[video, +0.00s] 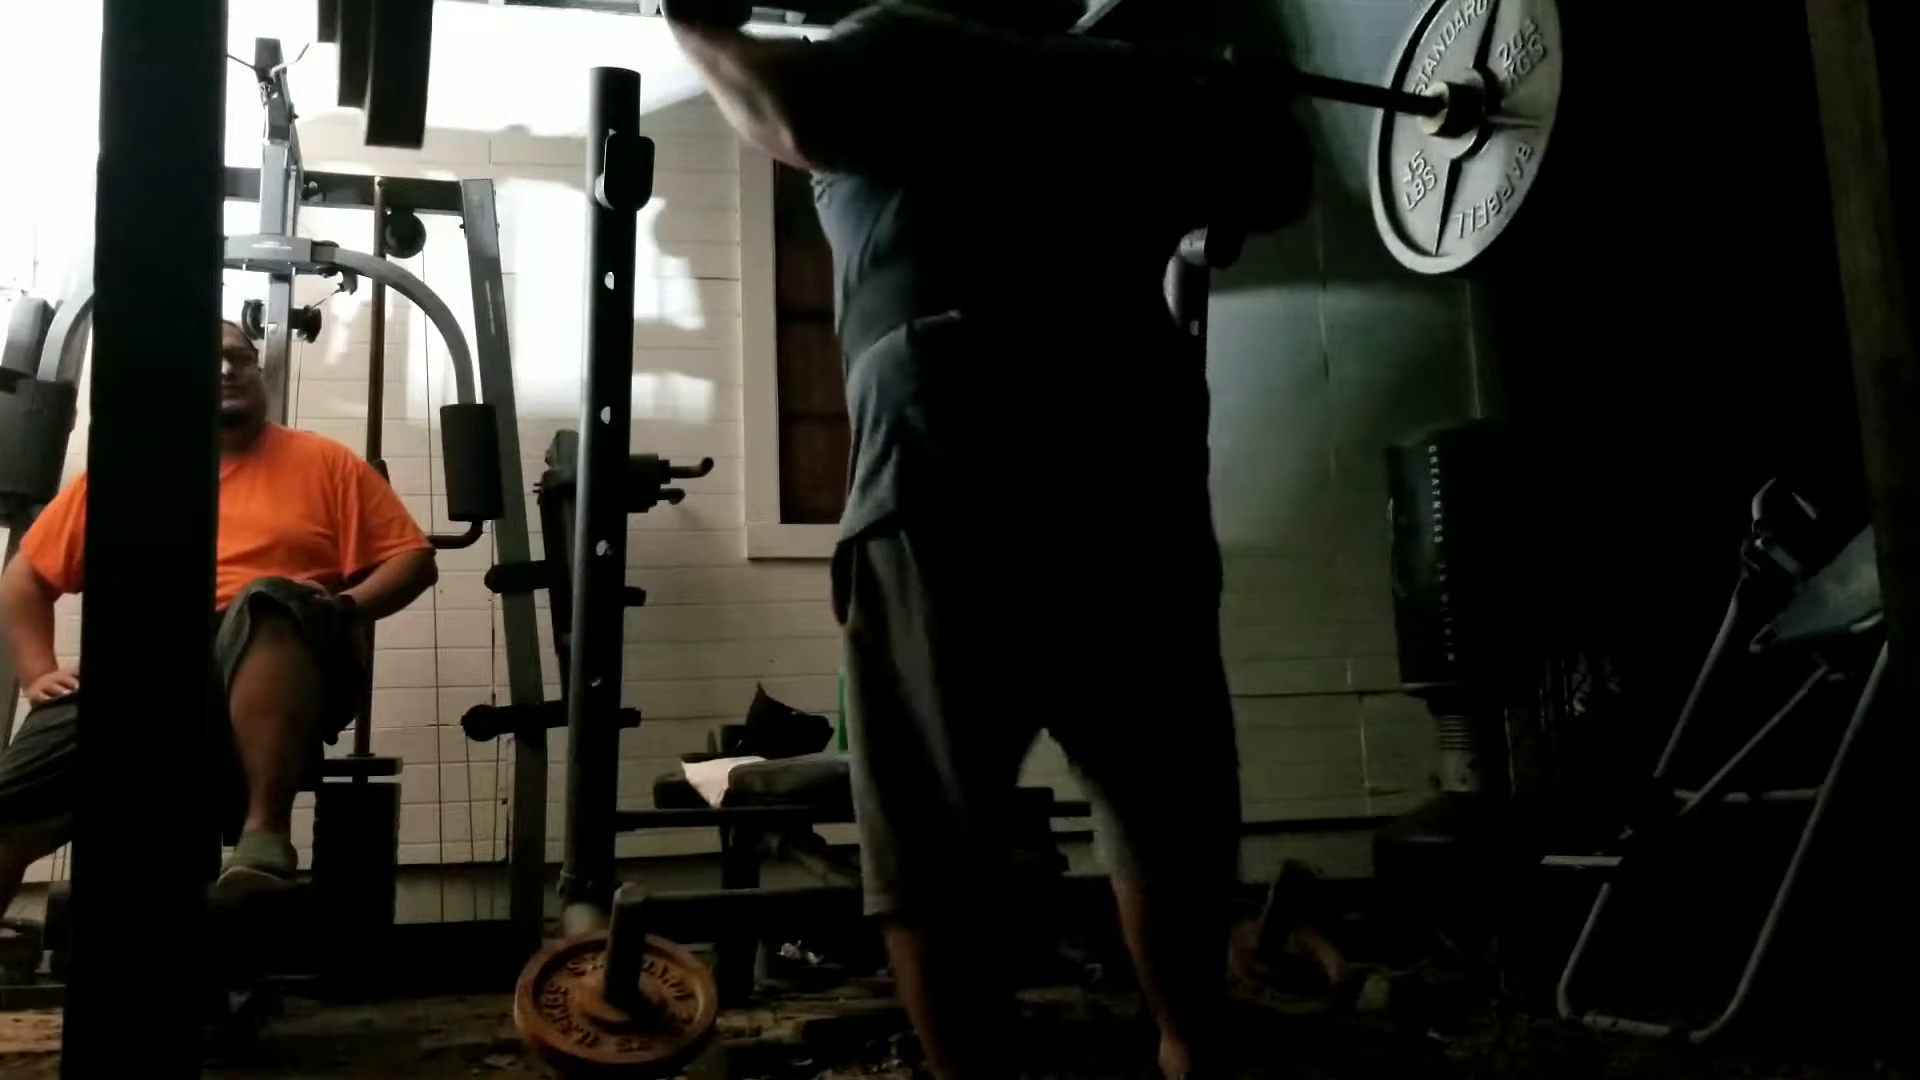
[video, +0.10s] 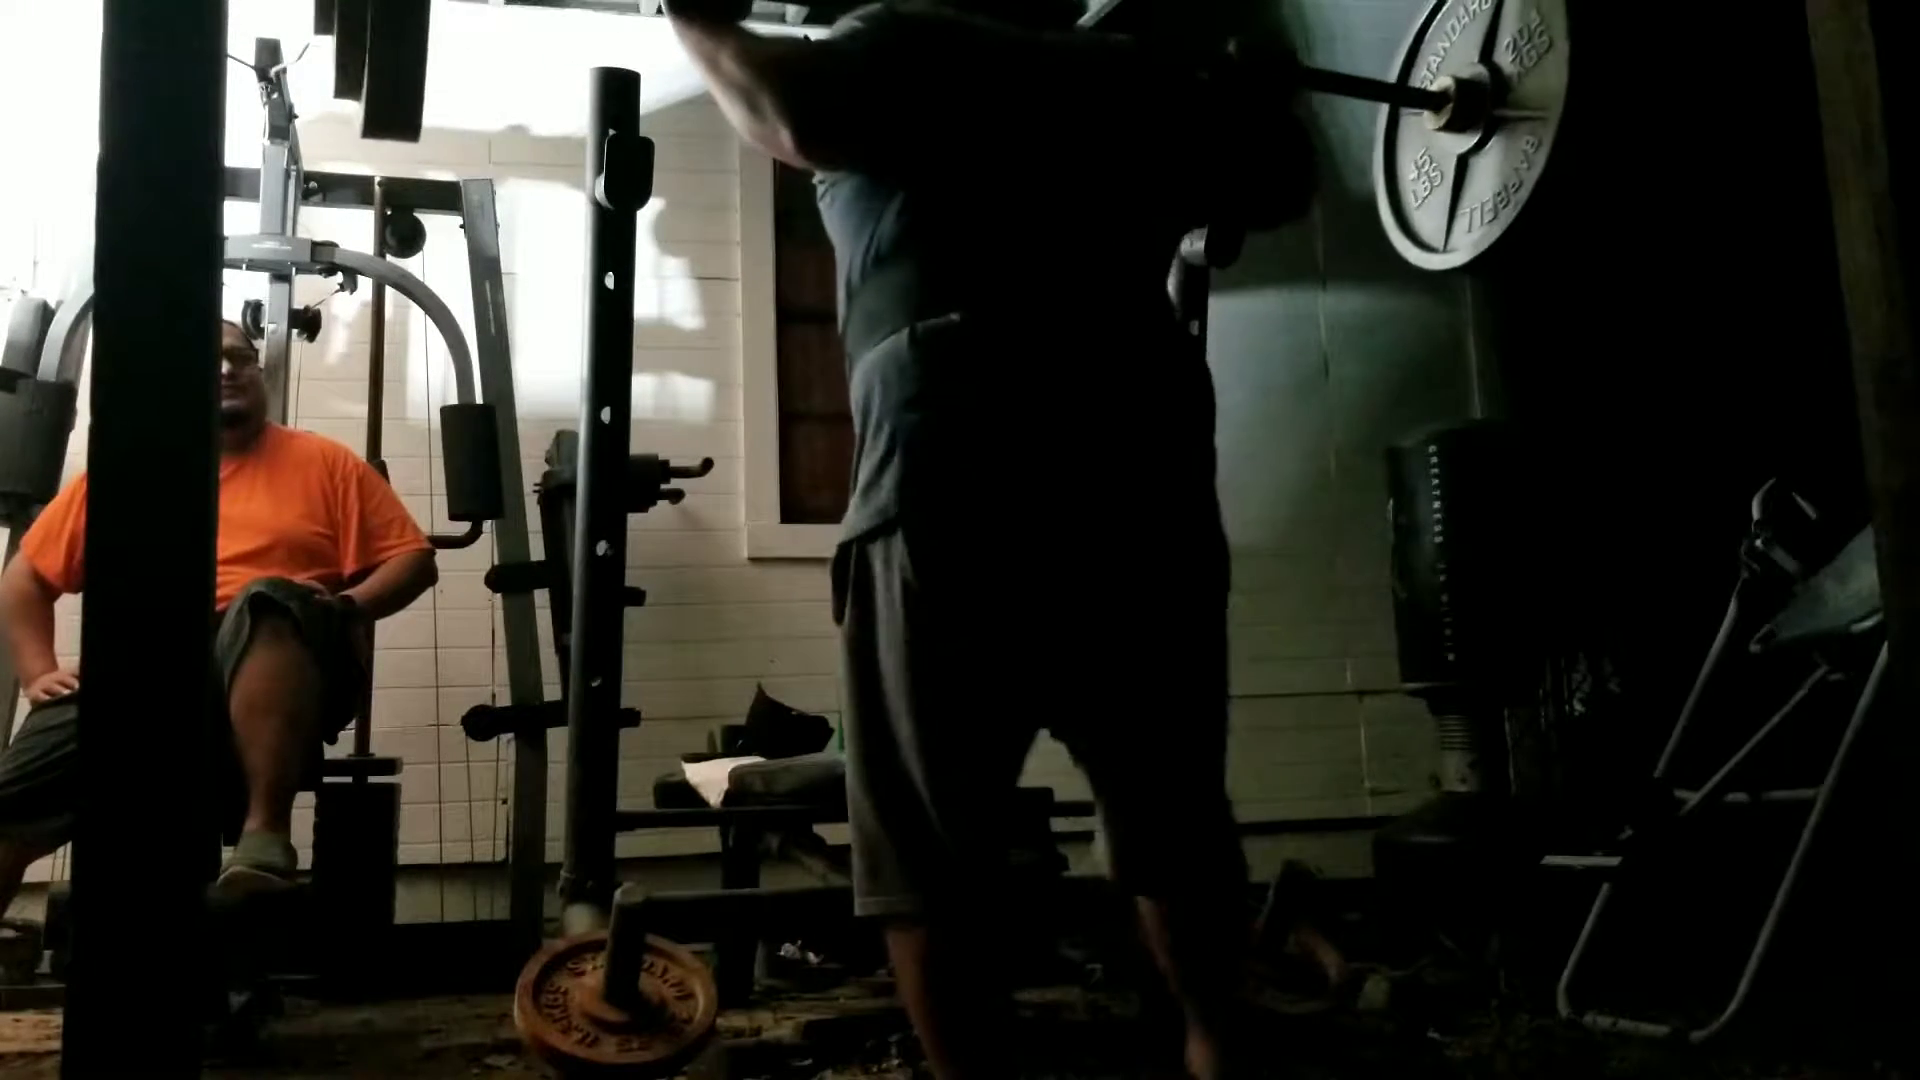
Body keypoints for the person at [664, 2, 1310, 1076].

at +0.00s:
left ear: (910, 2)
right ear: (1057, 2)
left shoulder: (887, 47)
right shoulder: (1128, 82)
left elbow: (797, 128)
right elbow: (1281, 172)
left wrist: (692, 21)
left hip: (943, 482)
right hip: (1136, 474)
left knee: (926, 822)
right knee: (1163, 794)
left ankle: (963, 1065)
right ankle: (1188, 1054)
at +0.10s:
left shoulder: (885, 45)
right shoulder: (1131, 76)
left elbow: (795, 126)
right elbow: (1281, 177)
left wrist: (691, 14)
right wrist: (1258, 69)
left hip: (947, 483)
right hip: (1144, 475)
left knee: (927, 837)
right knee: (1173, 810)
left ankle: (965, 1067)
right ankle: (1215, 1059)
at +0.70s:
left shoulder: (985, 62)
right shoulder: (1242, 79)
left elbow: (926, 148)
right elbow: (1389, 168)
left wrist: (804, 39)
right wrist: (1361, 79)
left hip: (1045, 478)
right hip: (1252, 480)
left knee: (977, 833)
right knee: (1271, 827)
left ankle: (967, 1059)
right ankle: (1286, 1057)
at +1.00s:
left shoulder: (968, 51)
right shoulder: (1220, 75)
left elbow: (889, 143)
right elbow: (1364, 169)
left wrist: (783, 42)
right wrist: (1342, 78)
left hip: (1024, 486)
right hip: (1226, 483)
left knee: (968, 847)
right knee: (1261, 834)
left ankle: (955, 1063)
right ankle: (1289, 1060)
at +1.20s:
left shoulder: (958, 55)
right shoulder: (1204, 76)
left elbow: (868, 141)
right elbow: (1353, 170)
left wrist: (769, 44)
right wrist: (1333, 78)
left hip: (1014, 485)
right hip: (1213, 482)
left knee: (960, 851)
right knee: (1253, 834)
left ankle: (957, 1064)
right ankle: (1285, 1059)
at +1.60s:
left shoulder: (950, 59)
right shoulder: (1203, 74)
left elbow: (857, 151)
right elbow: (1344, 171)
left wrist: (759, 51)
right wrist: (1327, 78)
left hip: (1010, 487)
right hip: (1210, 484)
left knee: (948, 858)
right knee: (1254, 838)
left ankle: (954, 1068)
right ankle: (1283, 1062)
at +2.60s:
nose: (971, 293)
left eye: (974, 281)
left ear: (990, 286)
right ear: (1111, 277)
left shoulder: (956, 348)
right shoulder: (1207, 343)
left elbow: (857, 425)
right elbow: (1367, 434)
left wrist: (774, 346)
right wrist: (1338, 340)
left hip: (1062, 677)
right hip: (1274, 665)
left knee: (887, 857)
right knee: (1268, 851)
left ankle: (929, 1063)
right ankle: (1289, 1056)